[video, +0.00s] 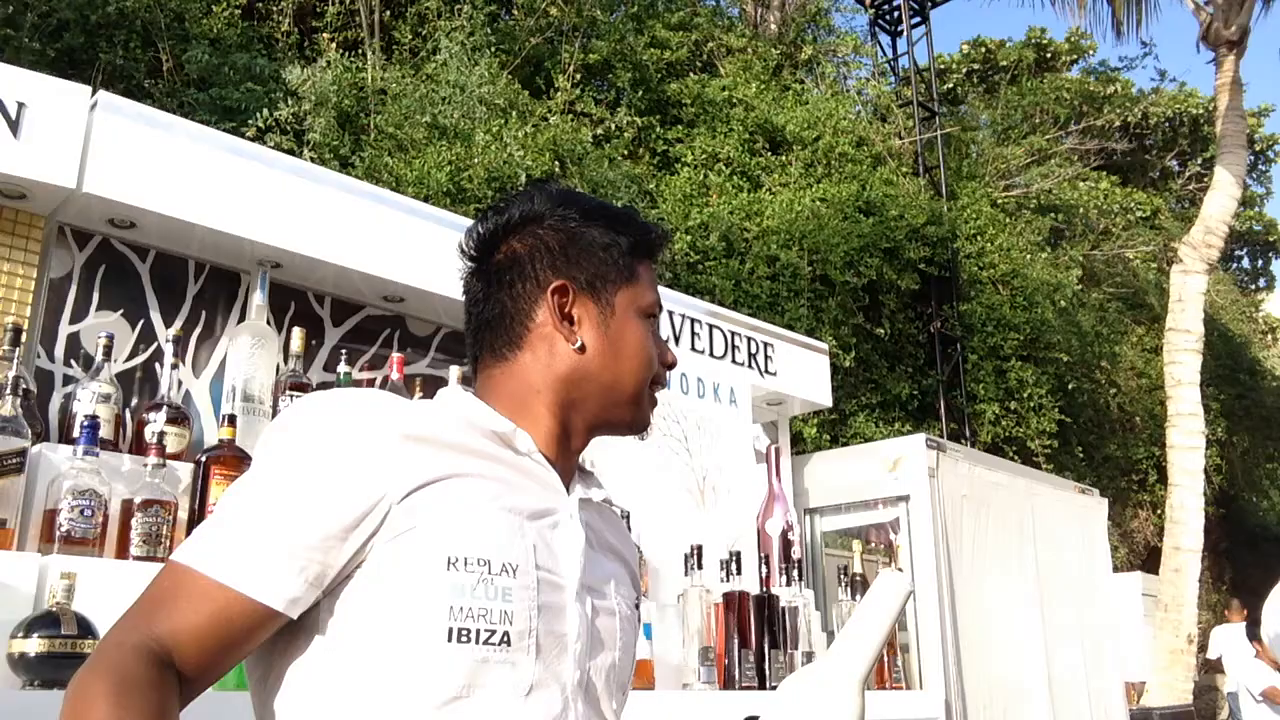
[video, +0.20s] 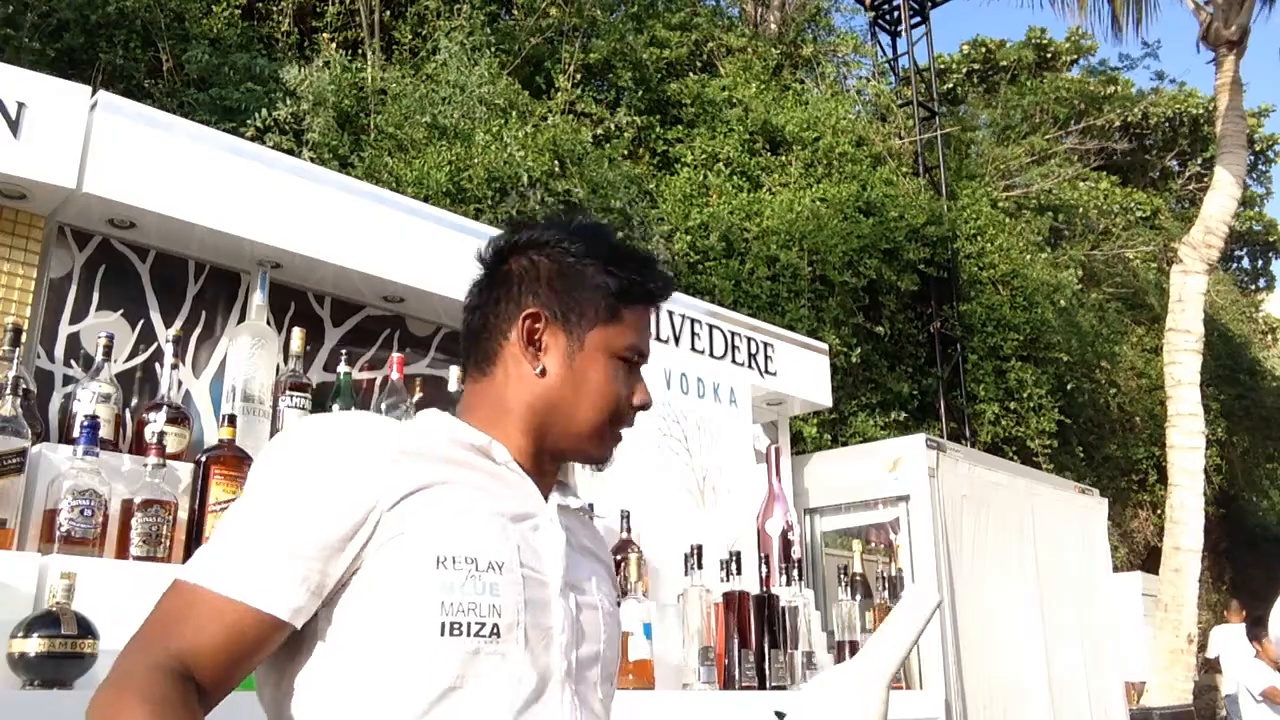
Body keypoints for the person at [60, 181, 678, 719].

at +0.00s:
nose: (669, 356)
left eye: (663, 325)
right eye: (652, 319)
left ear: (569, 319)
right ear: (570, 316)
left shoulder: (613, 540)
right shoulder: (357, 439)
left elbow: (590, 704)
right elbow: (146, 658)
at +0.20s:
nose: (643, 398)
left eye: (641, 368)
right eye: (629, 361)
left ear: (537, 346)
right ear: (537, 342)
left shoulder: (592, 544)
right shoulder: (349, 458)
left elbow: (583, 706)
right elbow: (164, 672)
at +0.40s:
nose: (527, 361)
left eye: (545, 340)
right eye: (491, 336)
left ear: (561, 365)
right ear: (413, 360)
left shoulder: (568, 558)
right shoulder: (311, 487)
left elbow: (555, 705)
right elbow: (178, 697)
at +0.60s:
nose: (458, 379)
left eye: (481, 356)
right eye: (424, 353)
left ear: (501, 378)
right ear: (362, 377)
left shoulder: (538, 563)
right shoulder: (252, 522)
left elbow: (542, 710)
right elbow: (153, 708)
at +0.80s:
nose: (425, 403)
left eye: (444, 380)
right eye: (390, 379)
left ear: (466, 401)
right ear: (330, 399)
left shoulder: (508, 587)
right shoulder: (216, 541)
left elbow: (505, 716)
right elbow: (122, 714)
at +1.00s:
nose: (436, 434)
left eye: (448, 415)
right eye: (405, 409)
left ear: (458, 429)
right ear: (328, 421)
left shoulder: (474, 602)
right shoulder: (211, 553)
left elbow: (483, 712)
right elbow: (117, 710)